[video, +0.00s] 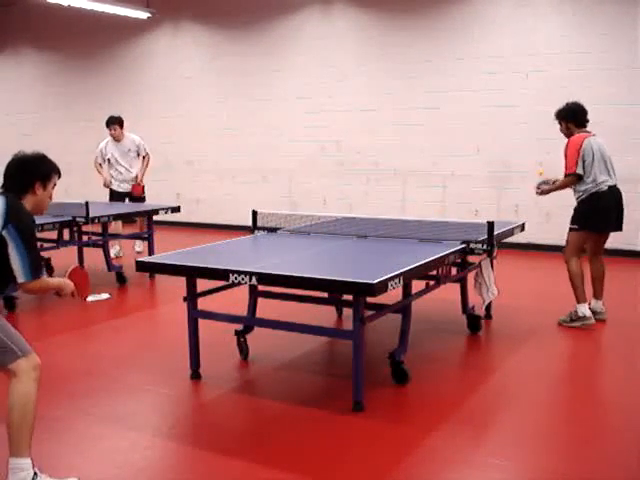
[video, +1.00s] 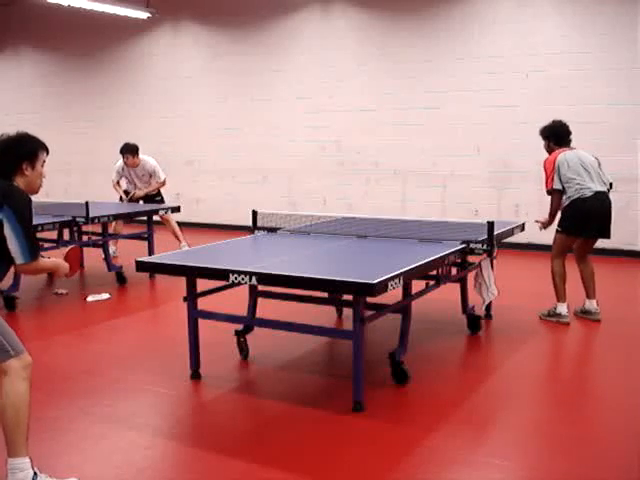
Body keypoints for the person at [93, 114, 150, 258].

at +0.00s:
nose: (112, 133)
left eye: (114, 129)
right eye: (110, 130)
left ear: (122, 128)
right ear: (108, 130)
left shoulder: (134, 141)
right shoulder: (105, 146)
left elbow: (146, 155)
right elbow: (97, 162)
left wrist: (141, 174)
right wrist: (104, 176)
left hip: (135, 185)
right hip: (116, 186)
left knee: (140, 214)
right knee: (116, 218)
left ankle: (140, 240)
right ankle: (116, 245)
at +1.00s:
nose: (124, 161)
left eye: (127, 158)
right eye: (124, 158)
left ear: (135, 157)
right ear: (122, 157)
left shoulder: (149, 164)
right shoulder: (121, 166)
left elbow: (162, 181)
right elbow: (115, 182)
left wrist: (143, 192)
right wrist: (122, 193)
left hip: (151, 192)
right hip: (132, 193)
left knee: (164, 216)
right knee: (119, 218)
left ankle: (183, 243)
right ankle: (113, 246)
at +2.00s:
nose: (126, 158)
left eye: (128, 155)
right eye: (125, 155)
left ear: (137, 153)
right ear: (123, 154)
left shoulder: (151, 161)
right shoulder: (123, 165)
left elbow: (163, 180)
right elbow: (120, 181)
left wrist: (143, 190)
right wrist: (126, 191)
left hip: (154, 193)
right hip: (135, 193)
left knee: (167, 216)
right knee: (120, 219)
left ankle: (183, 243)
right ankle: (113, 247)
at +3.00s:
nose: (134, 156)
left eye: (137, 153)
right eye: (132, 153)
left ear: (143, 153)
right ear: (129, 153)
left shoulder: (151, 168)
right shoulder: (123, 165)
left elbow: (162, 187)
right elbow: (114, 184)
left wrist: (167, 200)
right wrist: (131, 192)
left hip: (142, 204)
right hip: (122, 203)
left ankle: (160, 251)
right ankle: (94, 248)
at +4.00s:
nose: (173, 158)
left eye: (175, 155)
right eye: (172, 155)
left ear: (184, 154)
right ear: (171, 154)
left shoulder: (198, 164)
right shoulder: (169, 165)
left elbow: (204, 183)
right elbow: (163, 179)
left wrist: (193, 197)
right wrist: (168, 184)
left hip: (195, 194)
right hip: (177, 196)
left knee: (202, 216)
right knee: (163, 222)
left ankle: (221, 242)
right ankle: (166, 241)